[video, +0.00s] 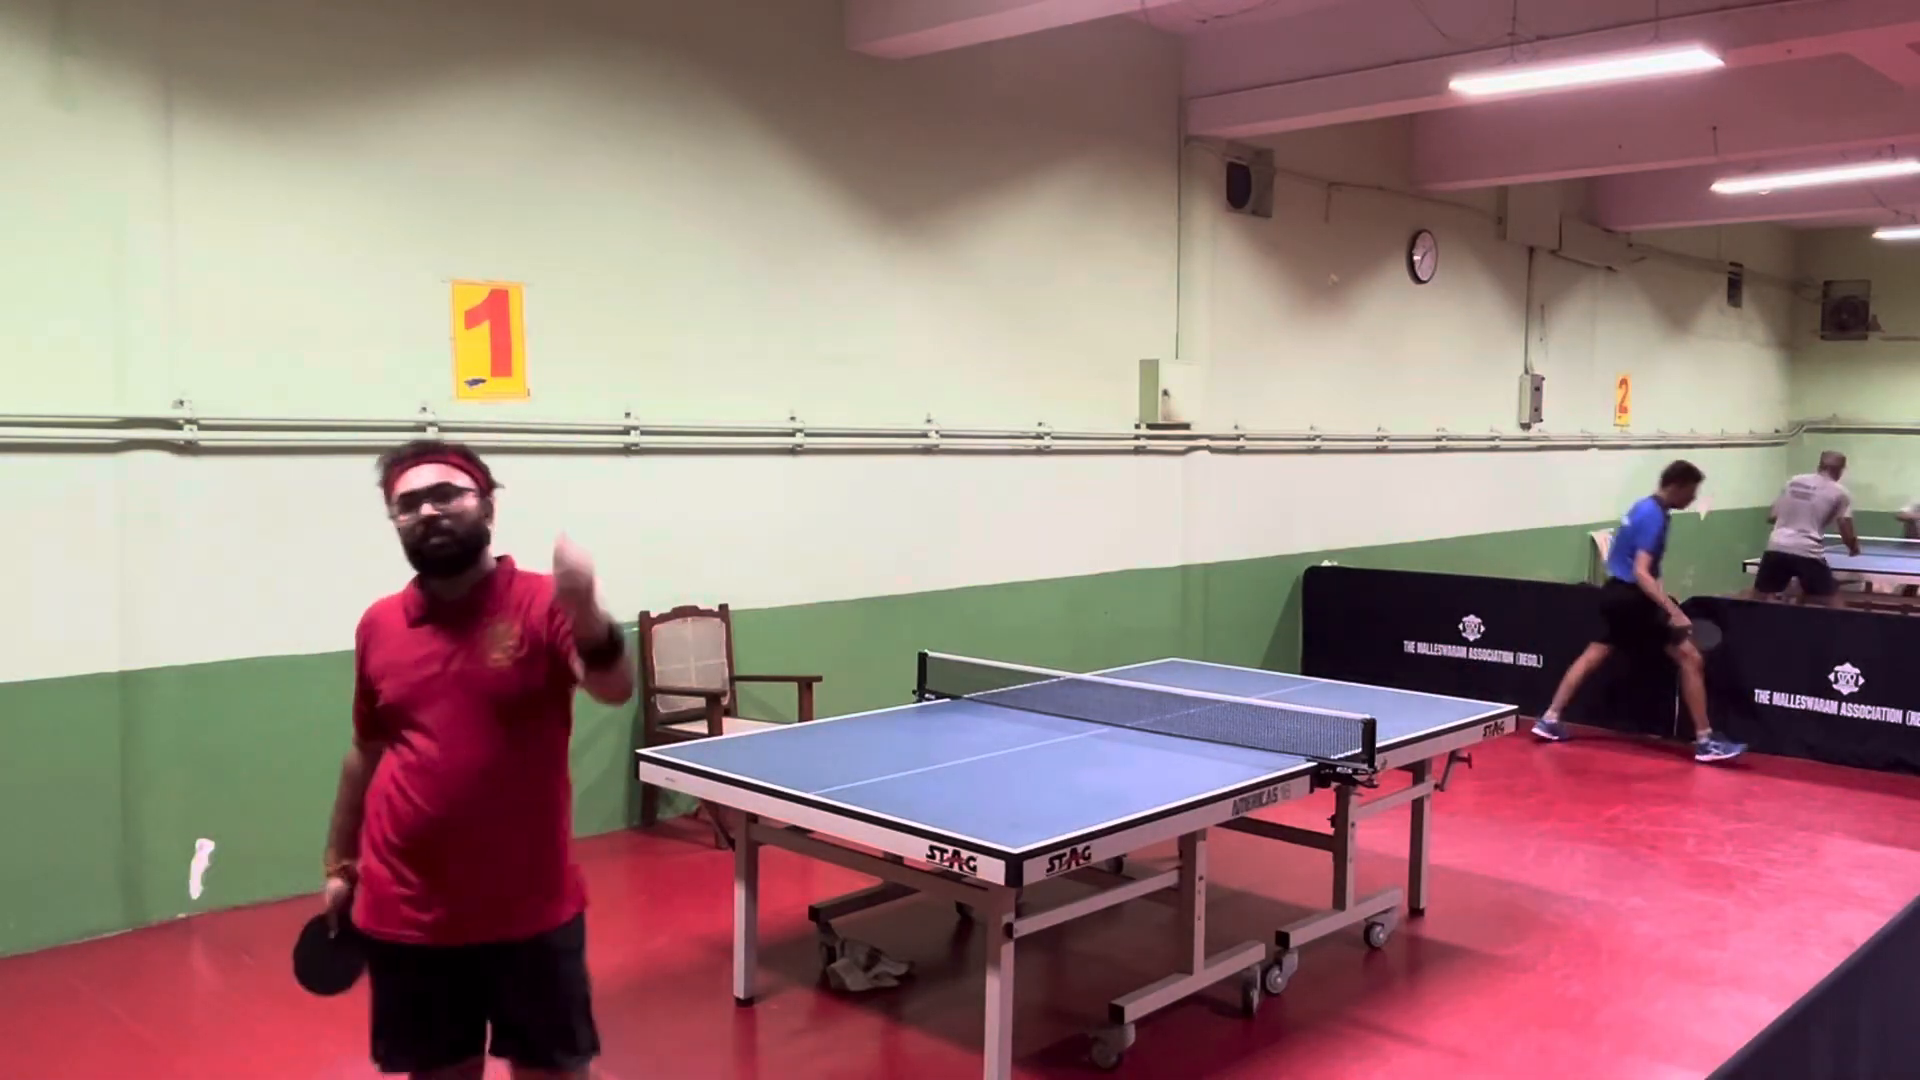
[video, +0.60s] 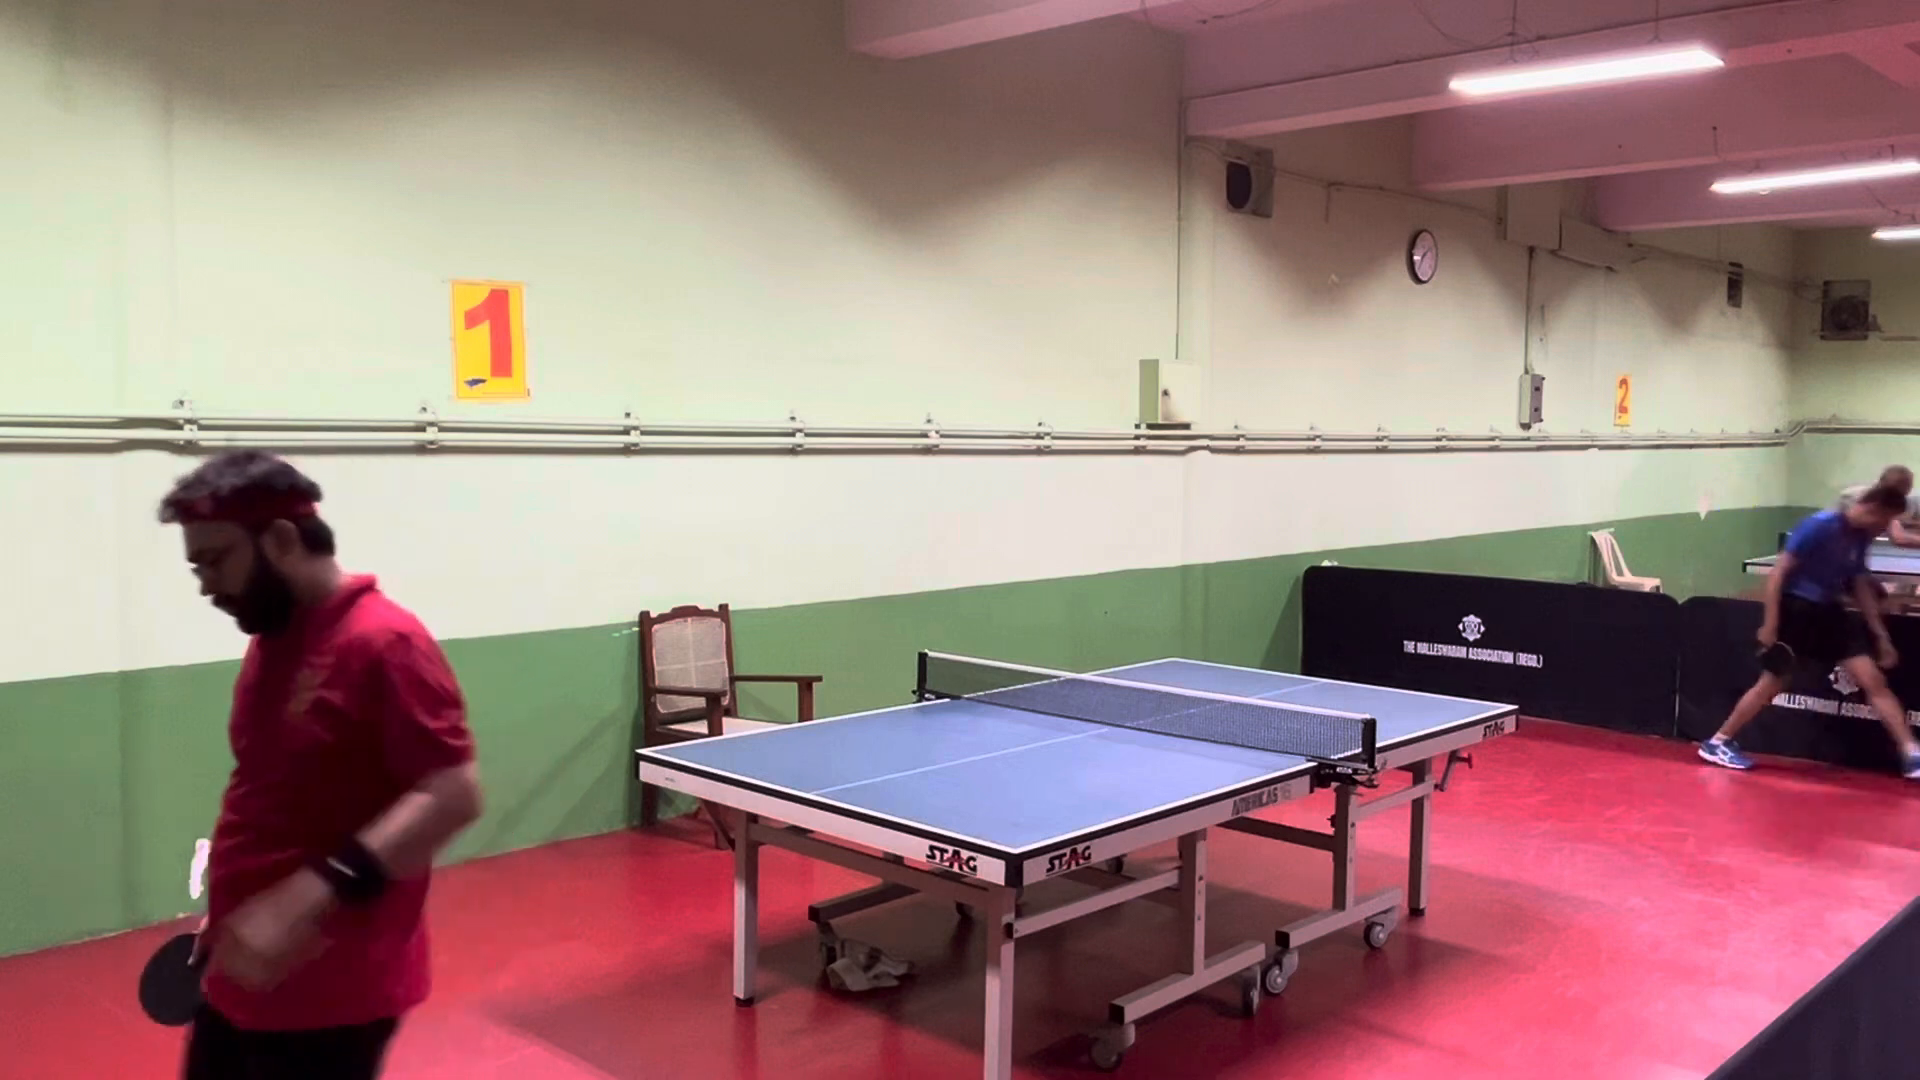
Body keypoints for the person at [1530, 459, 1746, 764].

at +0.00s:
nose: (1692, 499)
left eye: (1694, 492)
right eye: (1690, 492)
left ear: (1670, 486)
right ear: (1675, 487)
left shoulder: (1648, 508)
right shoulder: (1654, 515)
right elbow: (1642, 572)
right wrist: (1672, 610)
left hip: (1616, 593)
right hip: (1634, 597)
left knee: (1594, 654)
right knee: (1690, 659)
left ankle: (1550, 717)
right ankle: (1705, 740)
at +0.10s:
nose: (1728, 506)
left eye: (1730, 499)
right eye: (1727, 498)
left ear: (1705, 491)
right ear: (1711, 493)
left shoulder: (1683, 513)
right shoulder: (1686, 521)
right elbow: (1664, 579)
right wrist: (1691, 621)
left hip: (1646, 596)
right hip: (1661, 601)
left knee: (1631, 655)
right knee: (1713, 663)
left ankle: (1565, 709)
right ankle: (1712, 744)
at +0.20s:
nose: (1756, 505)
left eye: (1758, 499)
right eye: (1755, 498)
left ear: (1735, 490)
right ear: (1739, 492)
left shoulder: (1720, 517)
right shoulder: (1709, 520)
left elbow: (1706, 572)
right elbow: (1687, 575)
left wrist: (1719, 610)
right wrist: (1705, 622)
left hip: (1690, 593)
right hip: (1691, 595)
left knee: (1688, 658)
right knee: (1730, 665)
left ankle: (1611, 699)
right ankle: (1714, 743)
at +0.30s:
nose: (1782, 501)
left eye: (1786, 495)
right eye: (1782, 494)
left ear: (1764, 486)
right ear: (1765, 484)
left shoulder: (1749, 515)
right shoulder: (1727, 514)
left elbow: (1743, 571)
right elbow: (1708, 570)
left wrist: (1754, 612)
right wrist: (1717, 618)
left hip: (1733, 596)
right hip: (1715, 595)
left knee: (1730, 663)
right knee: (1736, 665)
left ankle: (1670, 709)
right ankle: (1714, 743)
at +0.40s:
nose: (1810, 501)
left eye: (1814, 496)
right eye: (1810, 494)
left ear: (1797, 486)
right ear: (1794, 483)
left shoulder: (1784, 516)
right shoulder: (1750, 512)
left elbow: (1781, 568)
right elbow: (1727, 567)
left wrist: (1793, 611)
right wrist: (1730, 615)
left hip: (1768, 598)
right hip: (1741, 598)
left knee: (1788, 662)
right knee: (1745, 675)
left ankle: (1747, 726)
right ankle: (1714, 742)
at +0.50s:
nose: (1840, 510)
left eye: (1844, 505)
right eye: (1839, 502)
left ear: (1835, 499)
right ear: (1825, 491)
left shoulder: (1818, 525)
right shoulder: (1780, 517)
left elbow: (1820, 578)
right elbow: (1749, 567)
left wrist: (1836, 623)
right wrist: (1747, 619)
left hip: (1798, 607)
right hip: (1768, 604)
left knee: (1831, 667)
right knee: (1758, 676)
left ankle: (1832, 747)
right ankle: (1715, 743)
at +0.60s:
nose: (1880, 528)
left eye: (1884, 523)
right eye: (1881, 520)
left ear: (1876, 513)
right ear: (1869, 507)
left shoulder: (1859, 535)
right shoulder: (1820, 525)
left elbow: (1860, 587)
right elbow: (1777, 572)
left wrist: (1881, 637)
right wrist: (1769, 625)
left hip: (1830, 615)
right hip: (1794, 612)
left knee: (1871, 679)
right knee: (1771, 684)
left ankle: (1911, 754)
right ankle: (1718, 741)